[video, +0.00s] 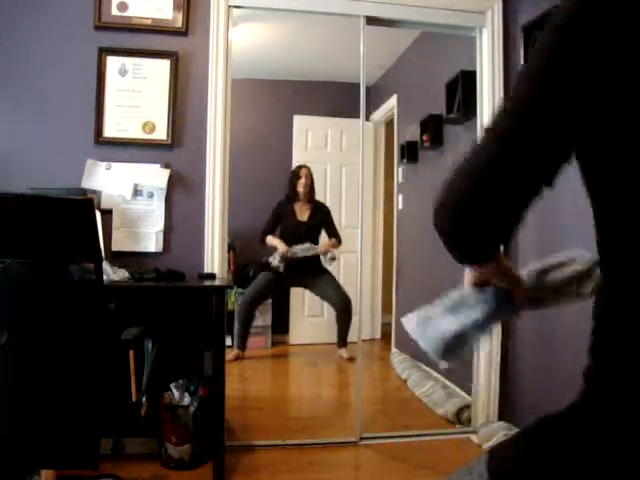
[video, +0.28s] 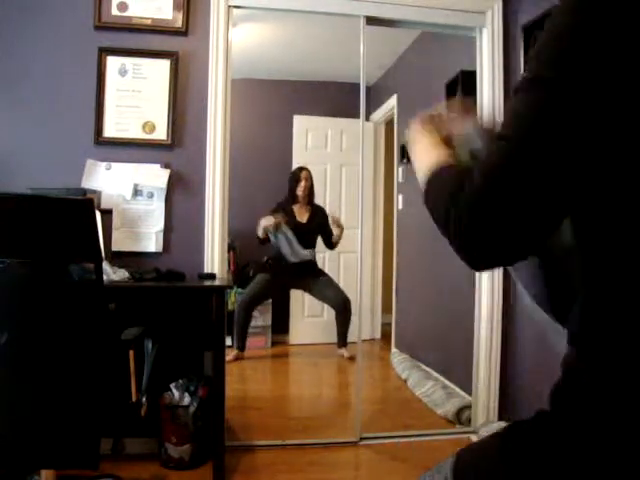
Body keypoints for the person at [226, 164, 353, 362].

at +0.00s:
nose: (304, 181)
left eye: (308, 178)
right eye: (300, 178)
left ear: (312, 182)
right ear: (293, 182)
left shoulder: (321, 210)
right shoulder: (283, 207)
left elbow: (336, 239)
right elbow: (265, 236)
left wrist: (327, 246)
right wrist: (279, 244)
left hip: (310, 269)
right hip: (282, 269)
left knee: (343, 302)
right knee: (246, 301)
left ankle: (342, 346)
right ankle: (238, 349)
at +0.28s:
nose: (304, 184)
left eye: (307, 181)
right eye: (300, 181)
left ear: (311, 185)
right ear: (293, 184)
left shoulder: (318, 213)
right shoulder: (282, 210)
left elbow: (330, 244)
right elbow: (263, 240)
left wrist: (338, 231)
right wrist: (263, 227)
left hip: (307, 271)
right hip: (279, 271)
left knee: (342, 302)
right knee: (245, 301)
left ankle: (342, 347)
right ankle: (239, 350)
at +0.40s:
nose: (302, 183)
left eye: (305, 180)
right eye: (298, 180)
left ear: (310, 184)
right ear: (291, 183)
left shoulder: (316, 211)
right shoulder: (278, 209)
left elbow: (331, 242)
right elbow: (261, 238)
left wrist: (338, 224)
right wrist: (258, 215)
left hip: (307, 272)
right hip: (277, 272)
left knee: (341, 302)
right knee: (244, 302)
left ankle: (341, 347)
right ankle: (239, 350)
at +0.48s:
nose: (301, 183)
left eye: (304, 179)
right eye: (297, 179)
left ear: (309, 183)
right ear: (289, 183)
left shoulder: (316, 209)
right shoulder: (277, 208)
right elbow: (258, 237)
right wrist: (261, 218)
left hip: (308, 271)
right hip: (276, 271)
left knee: (342, 302)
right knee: (242, 303)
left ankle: (342, 346)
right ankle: (238, 350)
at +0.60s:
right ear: (276, 207)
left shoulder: (312, 218)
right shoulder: (272, 221)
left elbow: (317, 247)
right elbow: (267, 249)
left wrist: (328, 235)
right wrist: (259, 231)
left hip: (306, 274)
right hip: (273, 275)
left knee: (343, 303)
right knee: (241, 305)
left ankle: (343, 347)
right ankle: (237, 350)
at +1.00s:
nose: (299, 187)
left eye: (302, 183)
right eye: (295, 183)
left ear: (307, 187)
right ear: (288, 186)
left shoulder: (314, 214)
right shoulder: (280, 210)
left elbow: (325, 245)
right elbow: (263, 236)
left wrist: (309, 230)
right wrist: (283, 220)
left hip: (307, 274)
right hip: (277, 274)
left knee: (345, 303)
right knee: (242, 304)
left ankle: (343, 348)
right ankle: (238, 350)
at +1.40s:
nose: (300, 186)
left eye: (303, 182)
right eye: (296, 182)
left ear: (307, 186)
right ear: (289, 185)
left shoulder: (316, 212)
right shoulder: (279, 209)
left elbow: (334, 237)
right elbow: (265, 229)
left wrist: (340, 234)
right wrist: (285, 226)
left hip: (309, 273)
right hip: (279, 272)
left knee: (345, 303)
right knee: (243, 304)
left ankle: (344, 347)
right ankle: (236, 350)